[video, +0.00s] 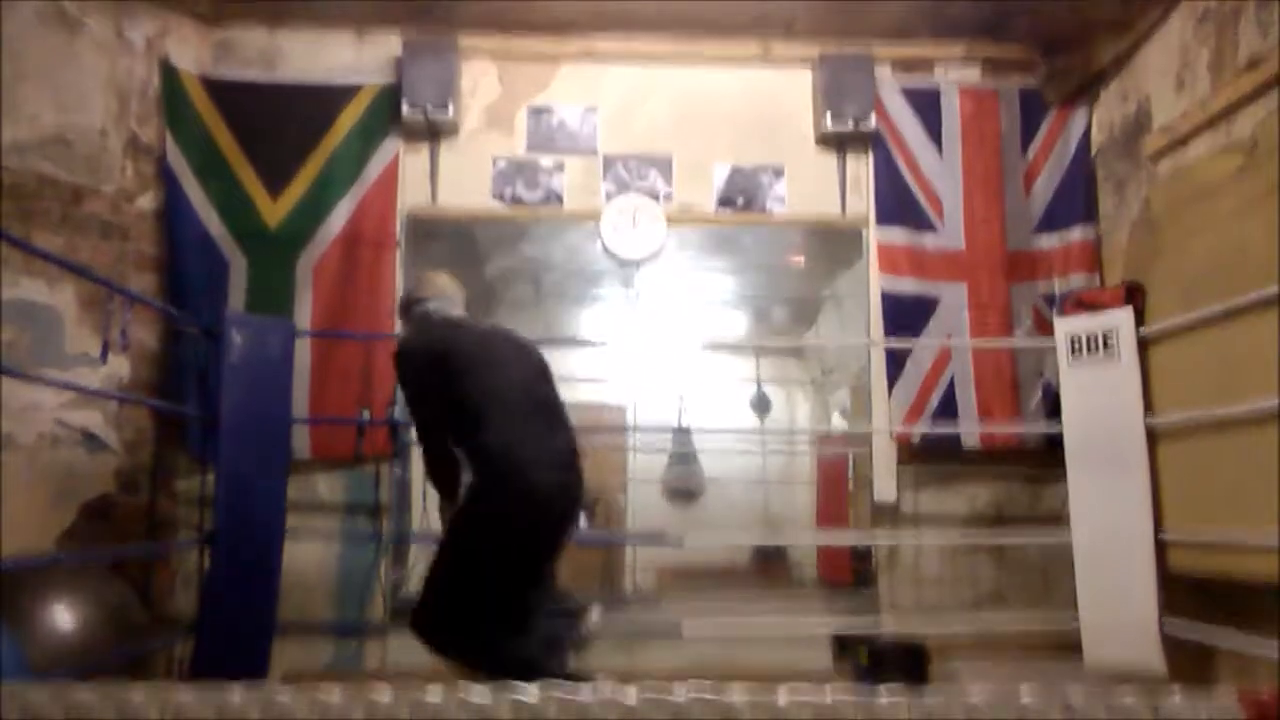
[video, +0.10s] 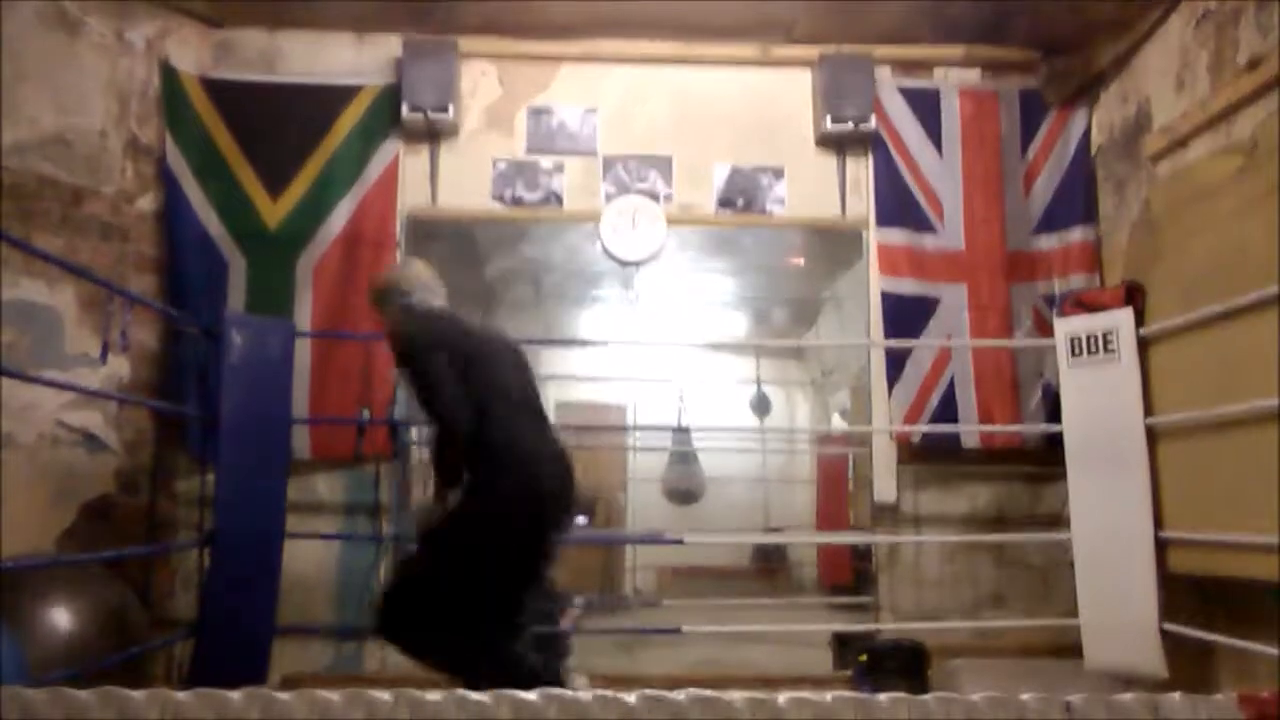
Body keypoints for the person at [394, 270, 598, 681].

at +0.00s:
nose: (406, 329)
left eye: (406, 320)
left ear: (409, 315)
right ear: (459, 309)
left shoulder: (417, 347)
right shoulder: (509, 342)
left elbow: (437, 445)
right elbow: (551, 424)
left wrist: (451, 505)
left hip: (505, 490)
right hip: (562, 487)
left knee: (436, 618)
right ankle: (565, 620)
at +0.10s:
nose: (386, 324)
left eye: (385, 312)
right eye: (383, 314)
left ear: (395, 305)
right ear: (435, 296)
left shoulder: (416, 332)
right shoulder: (487, 337)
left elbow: (453, 418)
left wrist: (444, 491)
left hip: (503, 492)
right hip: (552, 488)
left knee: (403, 612)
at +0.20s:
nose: (354, 271)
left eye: (355, 258)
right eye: (351, 259)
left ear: (377, 250)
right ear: (397, 245)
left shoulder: (426, 285)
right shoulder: (420, 296)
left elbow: (496, 330)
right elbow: (438, 389)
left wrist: (453, 417)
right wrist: (382, 350)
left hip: (498, 465)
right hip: (502, 464)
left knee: (364, 579)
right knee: (486, 600)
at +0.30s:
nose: (327, 197)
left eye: (329, 180)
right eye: (322, 183)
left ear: (361, 174)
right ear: (359, 177)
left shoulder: (415, 209)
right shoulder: (389, 240)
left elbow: (518, 224)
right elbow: (371, 327)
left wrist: (473, 319)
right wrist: (323, 257)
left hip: (465, 421)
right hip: (445, 423)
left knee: (348, 562)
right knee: (504, 575)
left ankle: (393, 703)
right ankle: (528, 698)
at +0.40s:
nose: (300, 154)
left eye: (308, 138)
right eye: (298, 140)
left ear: (348, 133)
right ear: (318, 140)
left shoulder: (403, 176)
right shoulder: (337, 216)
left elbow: (518, 203)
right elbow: (284, 291)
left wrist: (453, 296)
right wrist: (243, 225)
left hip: (439, 399)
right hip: (403, 404)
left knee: (353, 560)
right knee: (454, 551)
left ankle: (330, 702)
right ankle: (560, 656)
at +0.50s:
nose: (261, 147)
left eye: (276, 129)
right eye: (260, 131)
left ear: (319, 132)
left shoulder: (385, 196)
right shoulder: (285, 225)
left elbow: (499, 262)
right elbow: (228, 317)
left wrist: (394, 331)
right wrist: (194, 245)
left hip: (409, 421)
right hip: (351, 425)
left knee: (319, 602)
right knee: (381, 604)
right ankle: (543, 639)